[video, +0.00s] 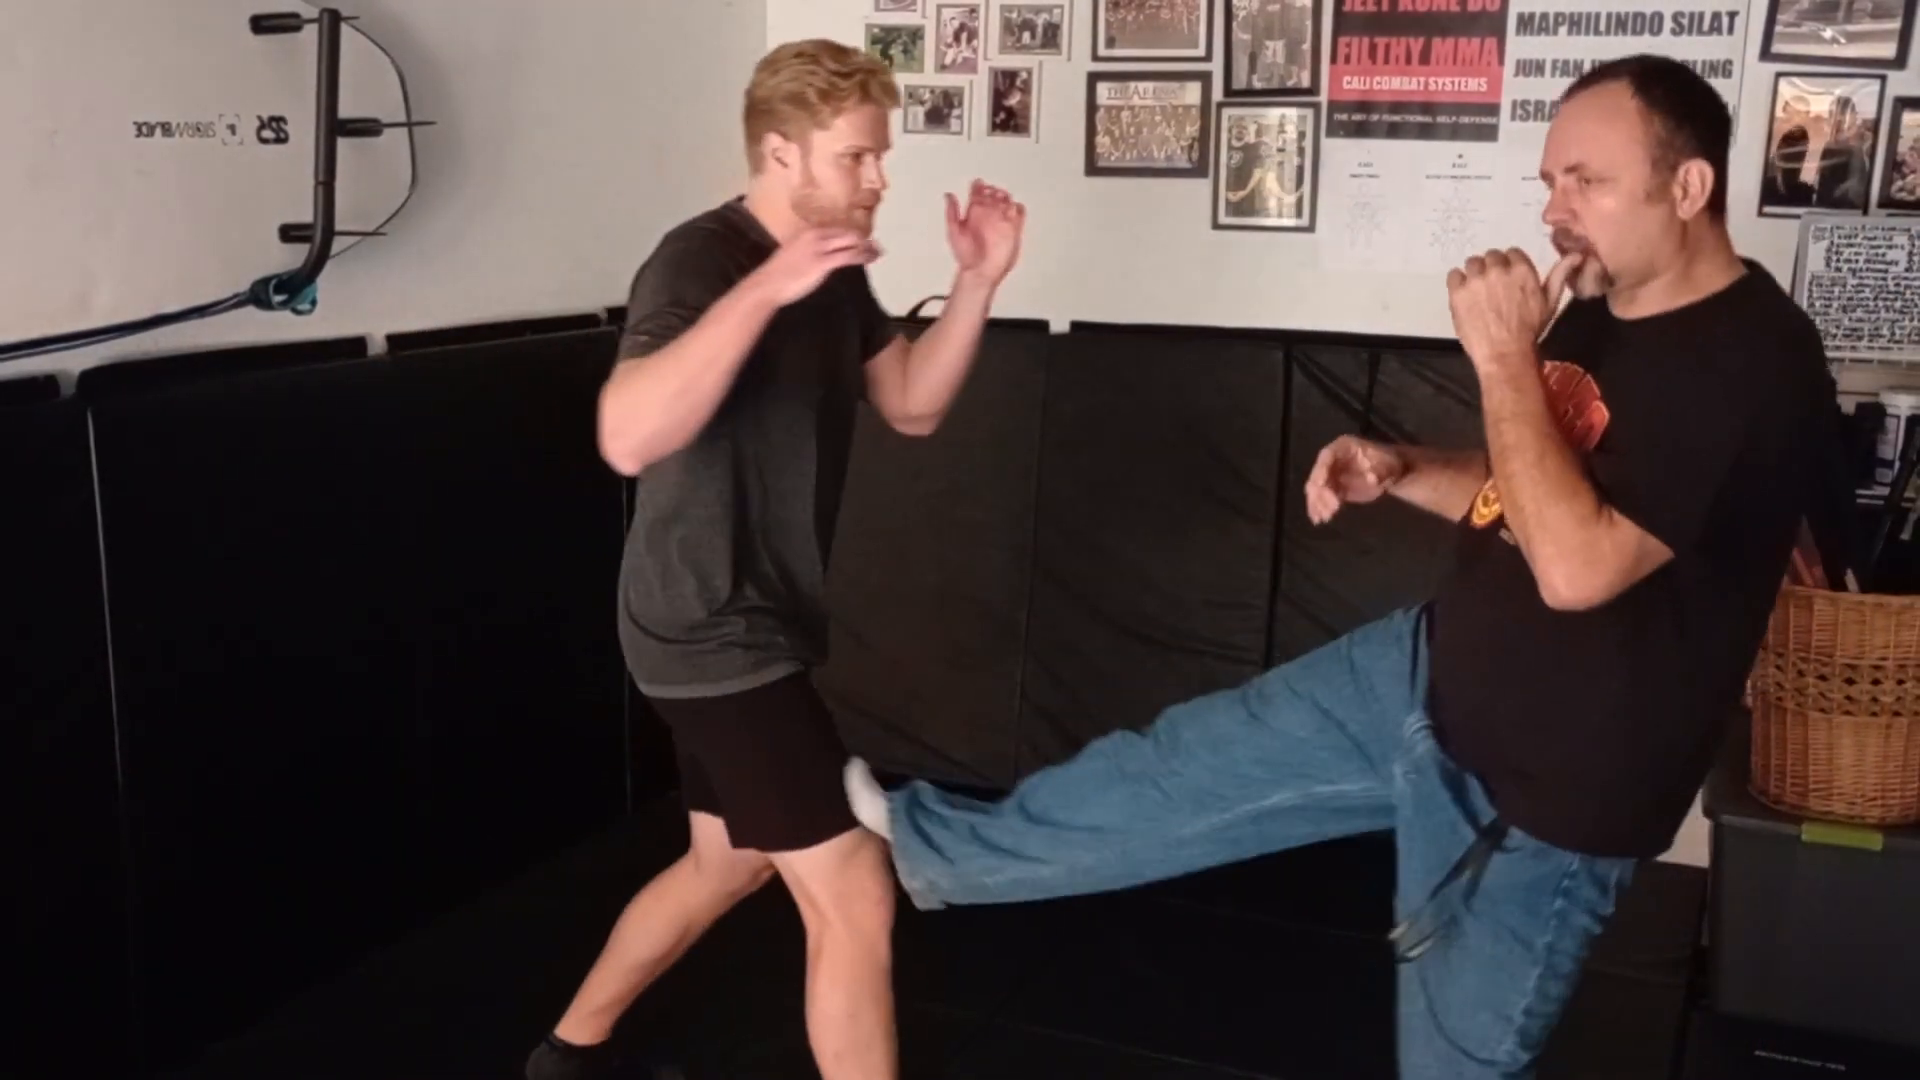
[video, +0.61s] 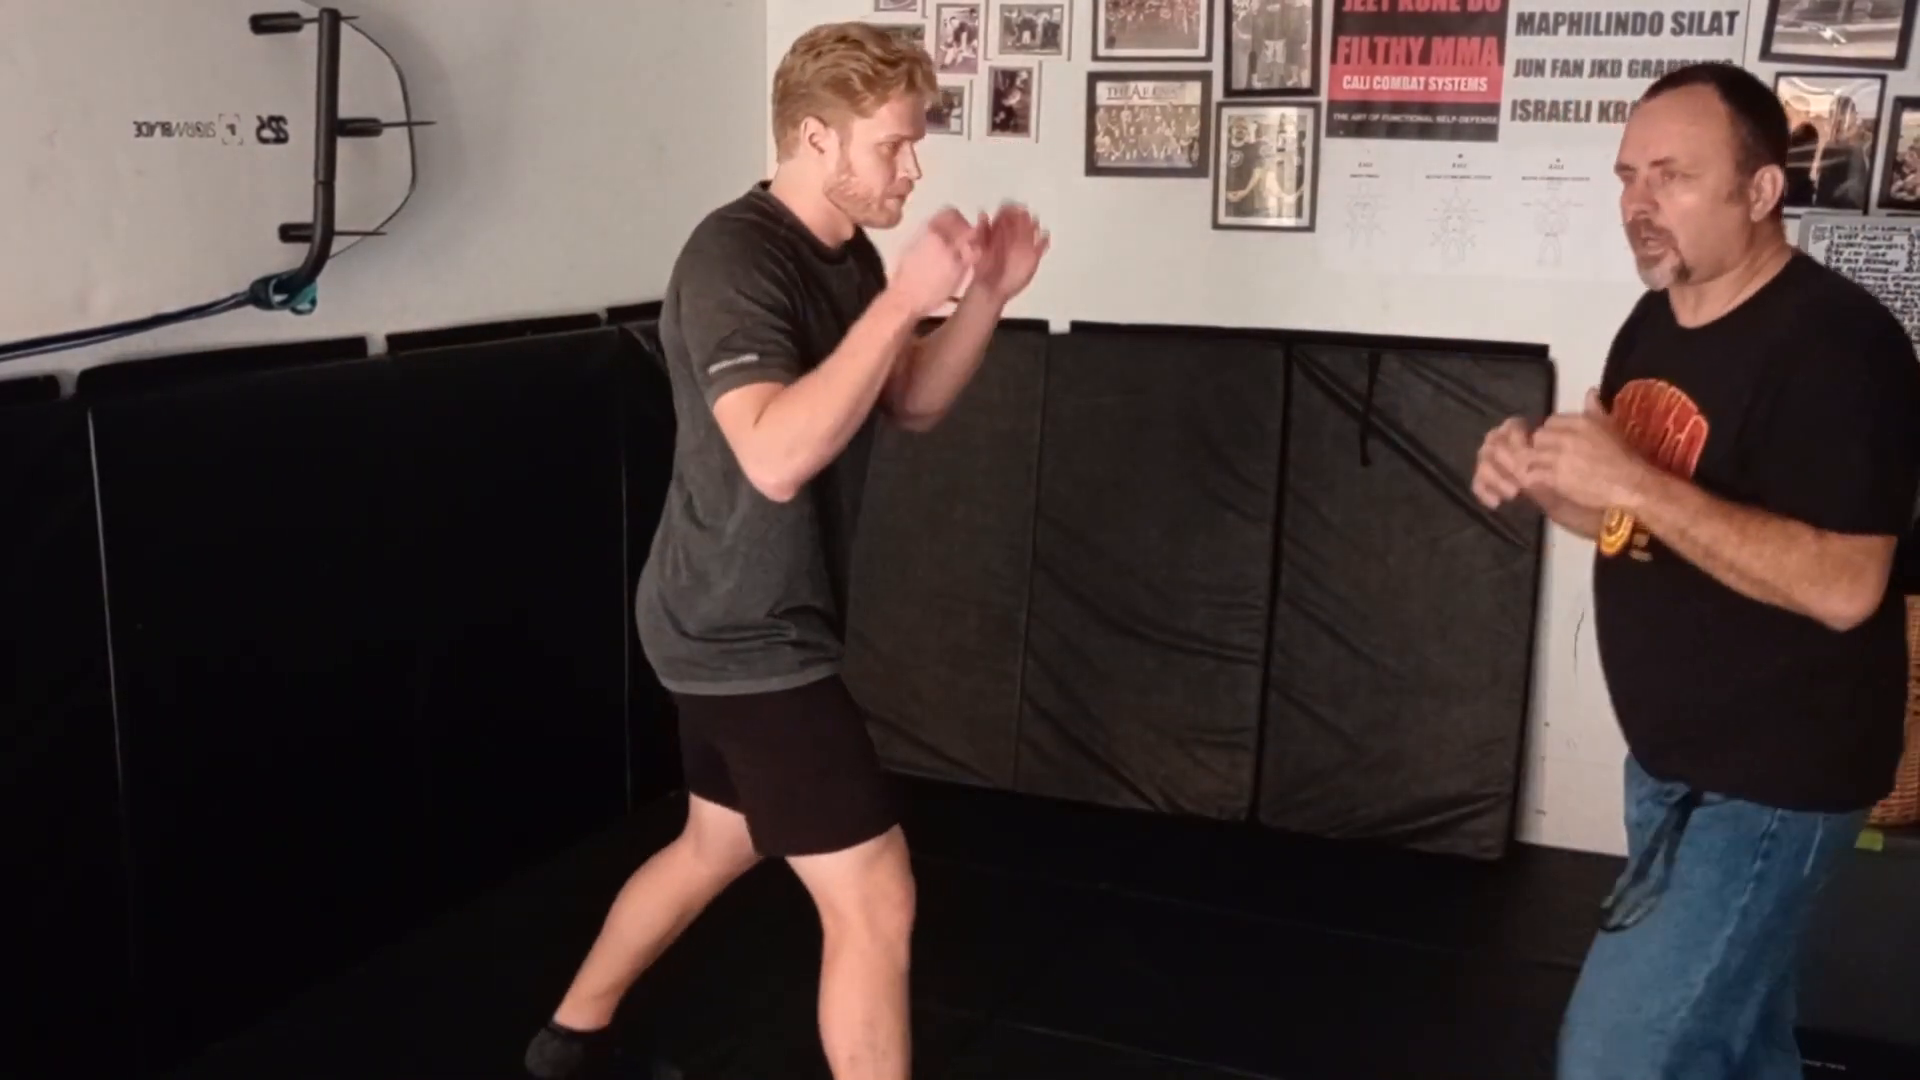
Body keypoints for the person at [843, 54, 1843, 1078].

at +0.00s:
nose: (1554, 212)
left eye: (1582, 183)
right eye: (1552, 182)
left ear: (1690, 189)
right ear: (1671, 189)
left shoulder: (1767, 374)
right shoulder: (1600, 308)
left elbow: (1584, 568)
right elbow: (1533, 493)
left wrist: (1505, 361)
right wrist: (1402, 472)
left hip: (1539, 829)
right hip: (1428, 677)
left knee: (1454, 1063)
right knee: (1175, 772)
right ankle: (931, 850)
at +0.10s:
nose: (1550, 205)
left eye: (1581, 174)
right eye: (1543, 174)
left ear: (1683, 174)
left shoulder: (1749, 343)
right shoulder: (1601, 304)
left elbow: (1586, 554)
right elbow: (1548, 499)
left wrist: (1494, 351)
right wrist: (1416, 453)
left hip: (1571, 810)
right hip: (1457, 678)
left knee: (1496, 1064)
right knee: (1235, 774)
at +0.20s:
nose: (1558, 206)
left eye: (1588, 174)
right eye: (1549, 177)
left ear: (1691, 180)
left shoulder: (1760, 349)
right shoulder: (1616, 304)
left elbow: (1616, 572)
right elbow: (1551, 507)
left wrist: (1493, 386)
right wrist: (1439, 442)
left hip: (1588, 821)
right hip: (1475, 691)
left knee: (1514, 1069)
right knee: (1281, 814)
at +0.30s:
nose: (1579, 205)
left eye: (1612, 174)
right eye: (1570, 176)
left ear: (1712, 181)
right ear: (1565, 179)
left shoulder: (1783, 347)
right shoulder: (1625, 307)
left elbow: (1692, 593)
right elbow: (1568, 516)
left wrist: (1531, 436)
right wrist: (1462, 439)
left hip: (1615, 815)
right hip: (1492, 718)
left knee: (1526, 1062)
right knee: (1374, 905)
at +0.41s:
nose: (1608, 203)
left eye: (1642, 172)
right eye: (1599, 171)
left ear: (1738, 183)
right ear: (1589, 172)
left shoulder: (1810, 348)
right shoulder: (1632, 310)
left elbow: (1765, 600)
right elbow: (1594, 516)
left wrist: (1572, 463)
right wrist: (1501, 441)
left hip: (1657, 808)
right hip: (1539, 765)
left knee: (1557, 1060)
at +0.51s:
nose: (1623, 206)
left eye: (1660, 178)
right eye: (1616, 175)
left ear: (1751, 196)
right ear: (1605, 179)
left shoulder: (1825, 354)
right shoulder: (1631, 324)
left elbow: (1809, 605)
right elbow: (1601, 531)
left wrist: (1602, 481)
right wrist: (1508, 470)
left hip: (1717, 807)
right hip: (1614, 782)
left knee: (1561, 1057)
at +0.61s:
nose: (1636, 206)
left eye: (1671, 176)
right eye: (1629, 176)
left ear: (1763, 190)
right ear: (1619, 183)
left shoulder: (1852, 342)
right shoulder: (1655, 323)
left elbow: (1846, 586)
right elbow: (1630, 522)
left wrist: (1632, 479)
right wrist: (1540, 472)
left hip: (1783, 783)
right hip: (1664, 760)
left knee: (1614, 1050)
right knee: (1744, 1048)